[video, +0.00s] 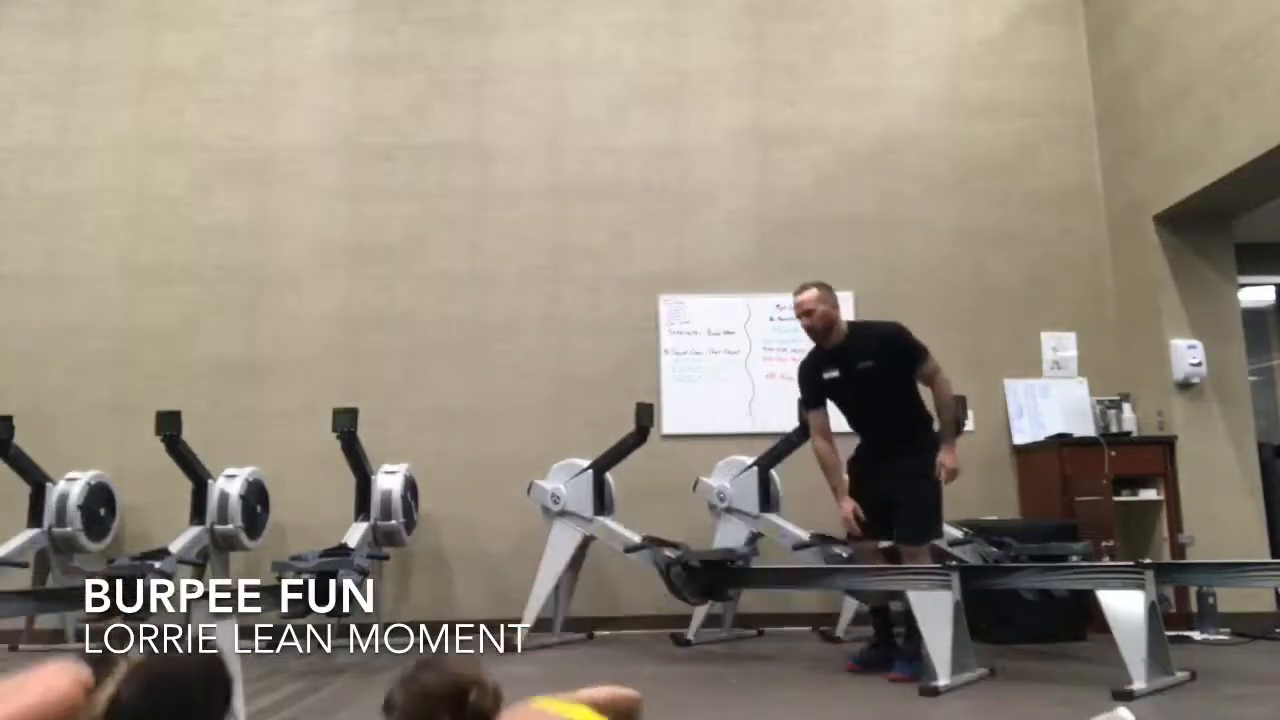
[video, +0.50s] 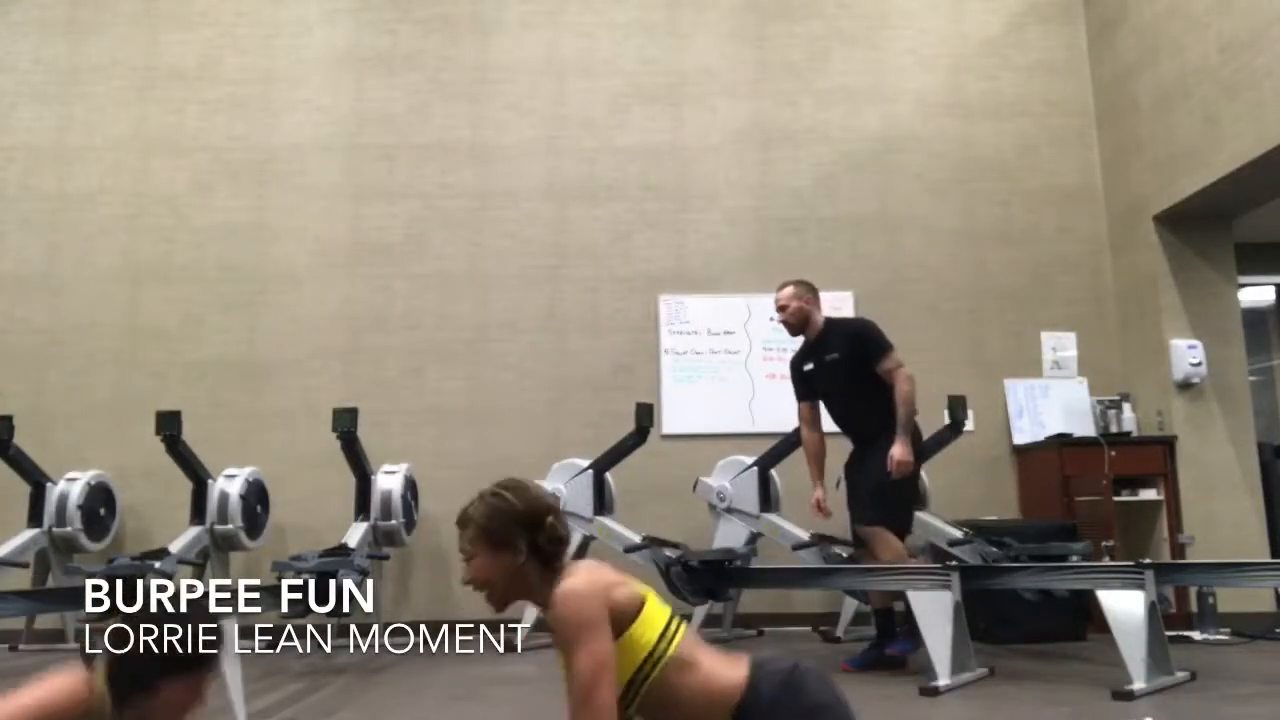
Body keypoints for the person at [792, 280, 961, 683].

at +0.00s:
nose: (806, 321)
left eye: (812, 311)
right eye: (800, 316)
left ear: (836, 308)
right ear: (799, 321)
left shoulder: (887, 337)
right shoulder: (811, 369)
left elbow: (938, 382)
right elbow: (821, 438)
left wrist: (949, 445)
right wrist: (841, 495)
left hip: (916, 447)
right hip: (870, 452)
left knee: (913, 548)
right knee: (863, 543)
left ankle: (917, 647)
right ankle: (883, 641)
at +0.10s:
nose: (801, 314)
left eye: (807, 304)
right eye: (796, 308)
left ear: (831, 301)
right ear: (797, 313)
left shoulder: (882, 333)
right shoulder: (808, 363)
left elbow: (931, 380)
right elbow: (811, 428)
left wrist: (935, 443)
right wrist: (825, 489)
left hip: (912, 446)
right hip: (868, 452)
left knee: (910, 548)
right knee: (866, 548)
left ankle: (917, 646)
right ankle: (885, 640)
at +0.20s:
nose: (795, 312)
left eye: (800, 303)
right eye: (791, 307)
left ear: (826, 300)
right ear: (794, 312)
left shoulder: (877, 332)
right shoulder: (805, 363)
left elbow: (926, 381)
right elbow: (806, 428)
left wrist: (924, 439)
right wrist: (814, 487)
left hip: (906, 445)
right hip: (864, 452)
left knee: (906, 547)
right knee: (867, 551)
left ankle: (915, 648)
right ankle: (885, 643)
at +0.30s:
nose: (788, 312)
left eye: (794, 303)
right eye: (785, 307)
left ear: (820, 301)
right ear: (791, 312)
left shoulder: (869, 331)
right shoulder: (802, 363)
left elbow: (918, 378)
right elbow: (803, 427)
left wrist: (915, 435)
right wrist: (807, 486)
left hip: (901, 443)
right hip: (862, 451)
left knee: (900, 544)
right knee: (868, 549)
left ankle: (916, 645)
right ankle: (884, 642)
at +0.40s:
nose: (783, 313)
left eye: (788, 305)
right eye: (780, 308)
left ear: (815, 301)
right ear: (788, 313)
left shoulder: (864, 331)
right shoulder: (801, 363)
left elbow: (909, 379)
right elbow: (805, 427)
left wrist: (910, 437)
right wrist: (809, 485)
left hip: (898, 441)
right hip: (864, 450)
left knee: (887, 534)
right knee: (867, 545)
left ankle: (920, 638)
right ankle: (884, 640)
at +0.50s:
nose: (780, 315)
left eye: (785, 306)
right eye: (777, 310)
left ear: (811, 302)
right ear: (787, 314)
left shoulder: (857, 332)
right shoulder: (801, 363)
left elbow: (902, 378)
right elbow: (810, 426)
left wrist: (903, 439)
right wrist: (817, 482)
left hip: (894, 438)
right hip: (863, 446)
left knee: (873, 527)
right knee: (865, 536)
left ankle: (925, 612)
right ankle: (885, 639)